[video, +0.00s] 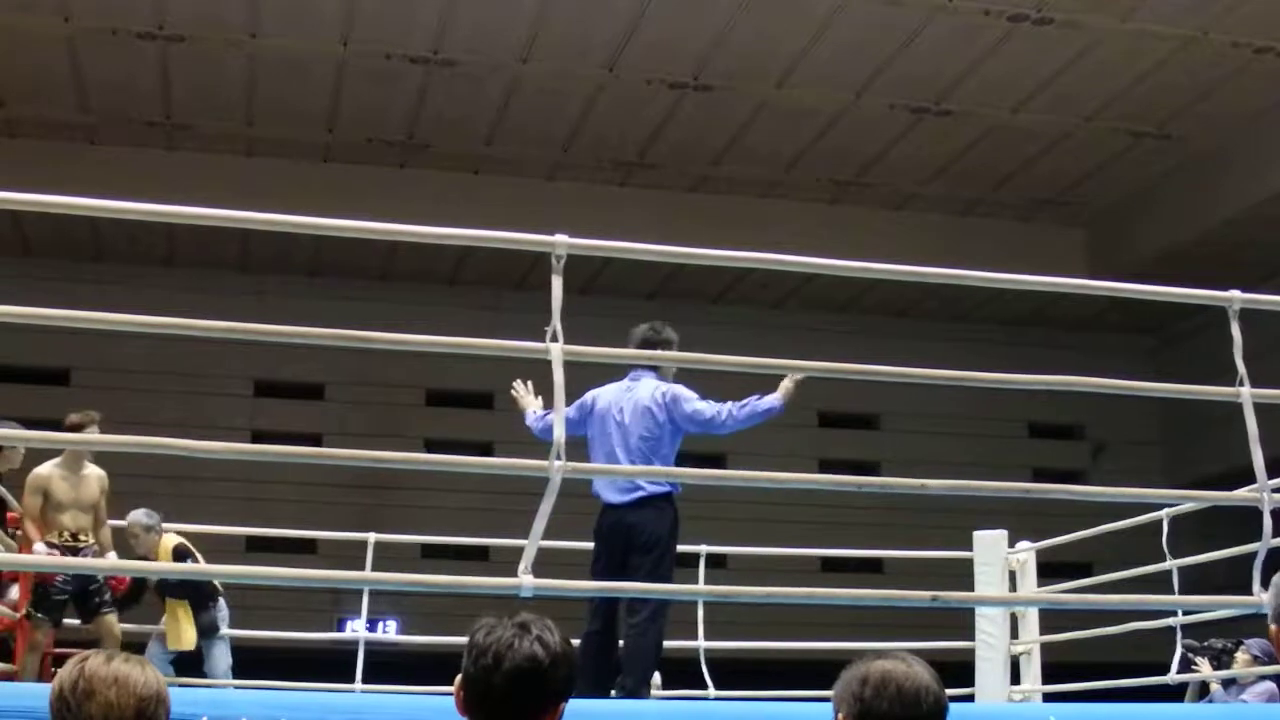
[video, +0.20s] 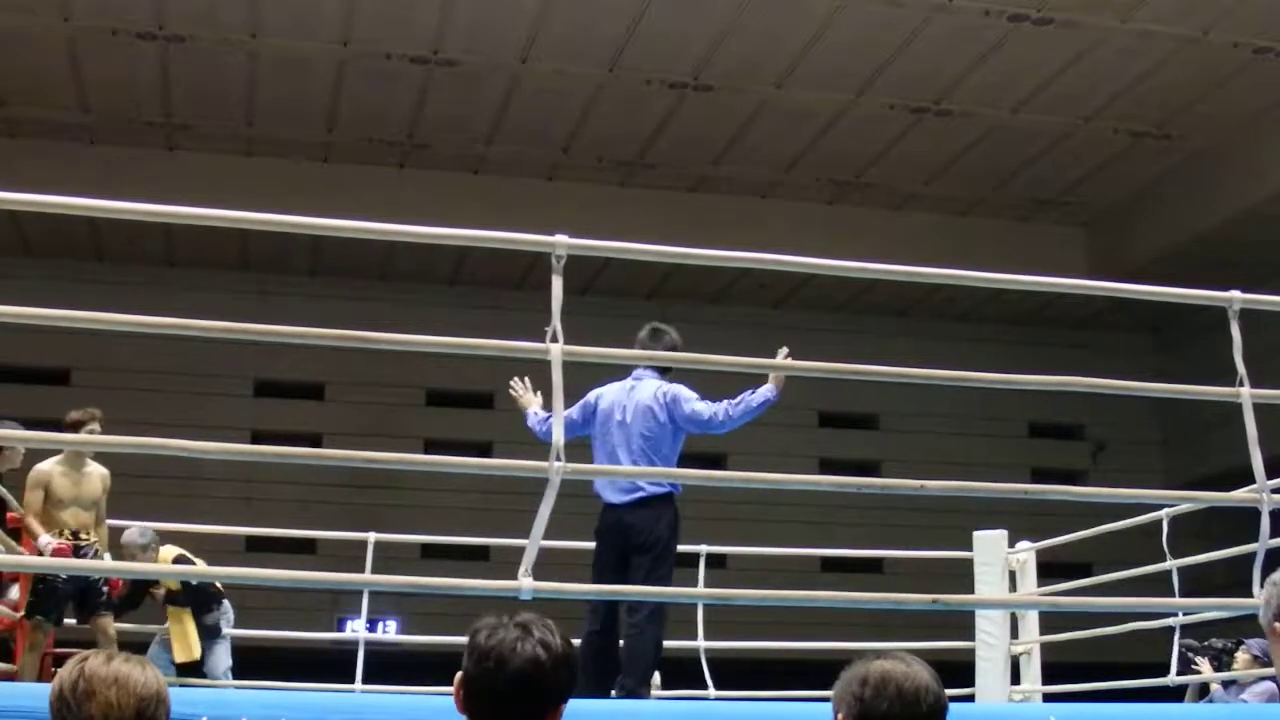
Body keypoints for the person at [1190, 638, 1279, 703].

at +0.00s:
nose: (1235, 655)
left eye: (1243, 652)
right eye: (1238, 651)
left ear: (1258, 662)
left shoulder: (1267, 687)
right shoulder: (1228, 688)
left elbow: (1234, 711)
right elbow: (1192, 712)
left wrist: (1212, 681)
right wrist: (1195, 679)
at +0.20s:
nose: (1235, 655)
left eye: (1243, 652)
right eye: (1238, 651)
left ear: (1259, 662)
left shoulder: (1267, 687)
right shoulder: (1230, 689)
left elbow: (1234, 711)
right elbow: (1190, 711)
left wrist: (1212, 679)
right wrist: (1196, 678)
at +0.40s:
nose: (1235, 655)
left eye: (1243, 651)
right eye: (1238, 650)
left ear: (1258, 662)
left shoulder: (1266, 687)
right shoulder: (1230, 689)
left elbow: (1234, 711)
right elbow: (1191, 711)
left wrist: (1212, 680)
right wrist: (1196, 679)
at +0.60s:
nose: (1235, 655)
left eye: (1243, 652)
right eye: (1237, 651)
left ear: (1258, 661)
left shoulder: (1265, 687)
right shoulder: (1231, 689)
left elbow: (1235, 711)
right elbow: (1190, 711)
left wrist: (1212, 680)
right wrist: (1196, 679)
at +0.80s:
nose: (1235, 655)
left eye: (1243, 652)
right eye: (1237, 651)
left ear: (1257, 661)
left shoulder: (1264, 687)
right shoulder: (1231, 689)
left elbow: (1233, 711)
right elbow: (1192, 711)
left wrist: (1211, 680)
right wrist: (1195, 679)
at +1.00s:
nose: (1235, 655)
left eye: (1243, 652)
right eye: (1237, 651)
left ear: (1258, 661)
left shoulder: (1264, 687)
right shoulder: (1231, 689)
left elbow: (1233, 710)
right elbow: (1193, 711)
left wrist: (1211, 680)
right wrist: (1194, 679)